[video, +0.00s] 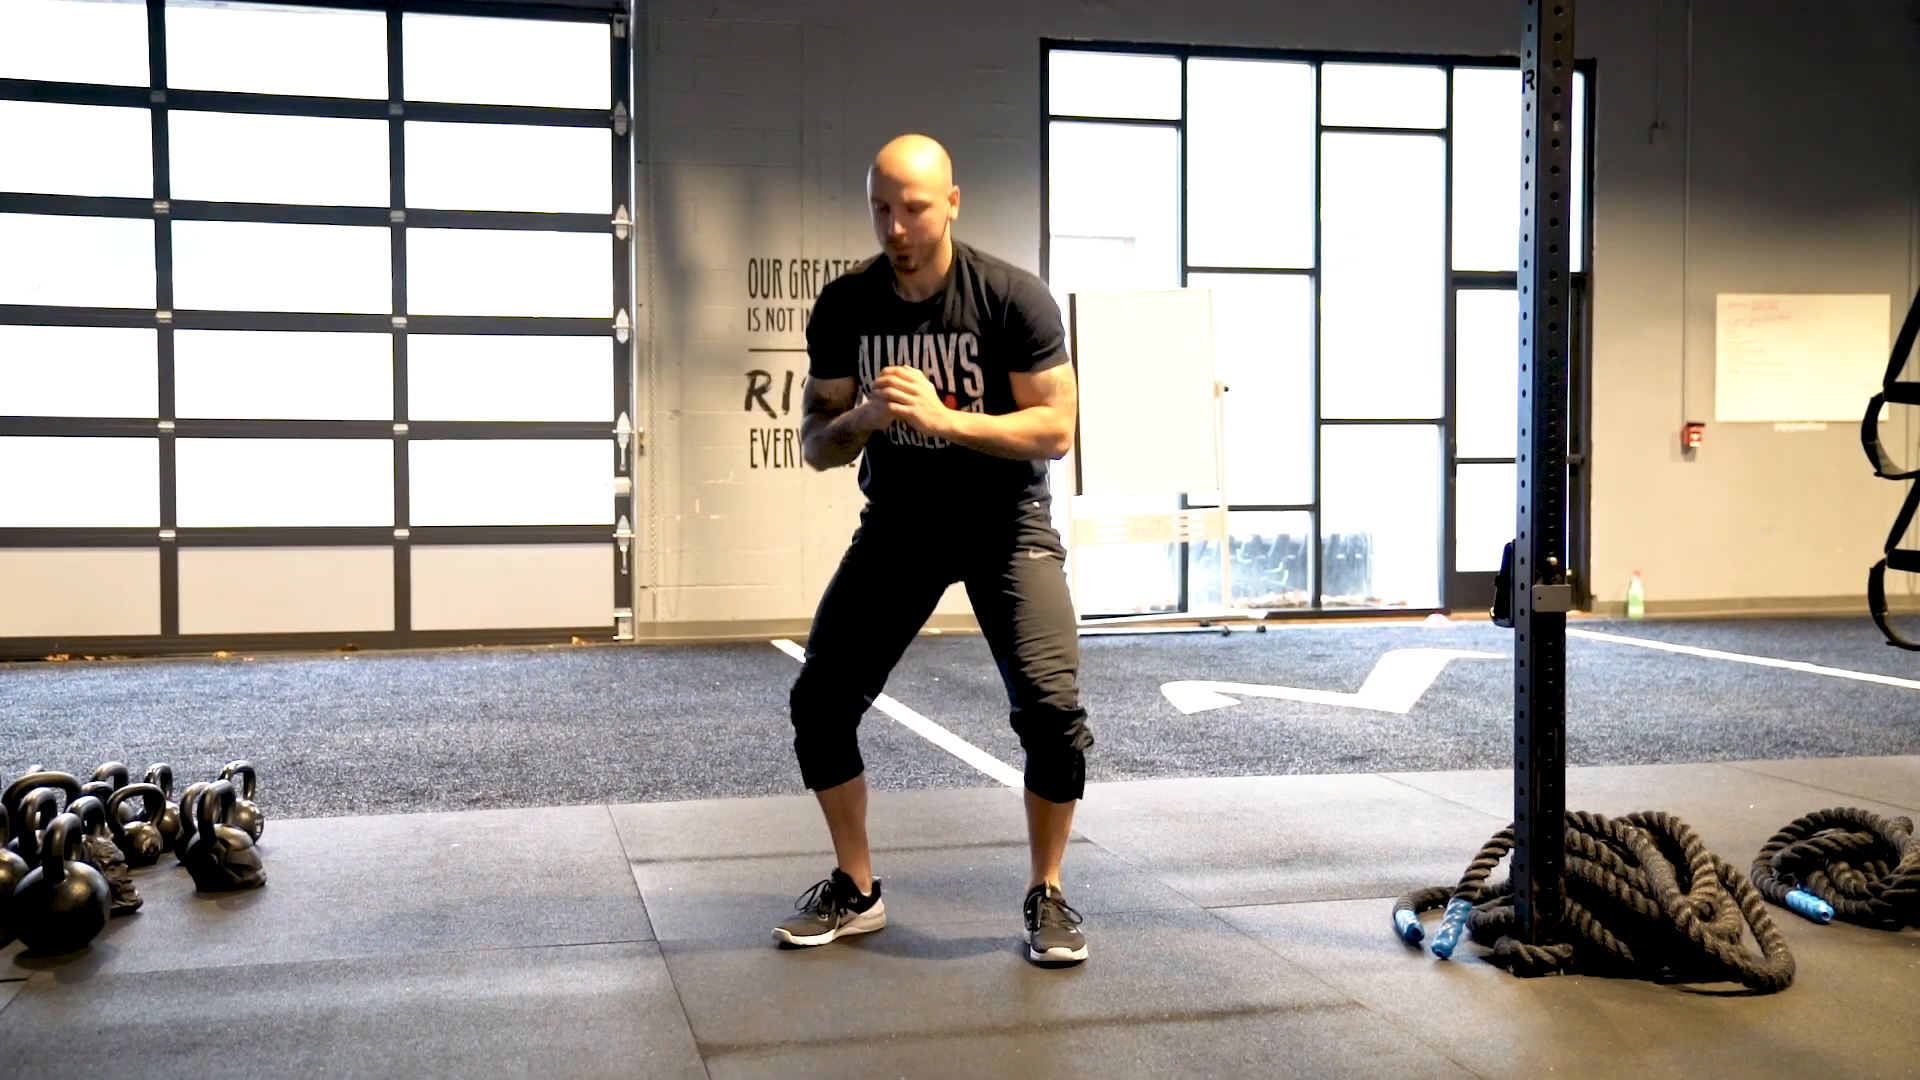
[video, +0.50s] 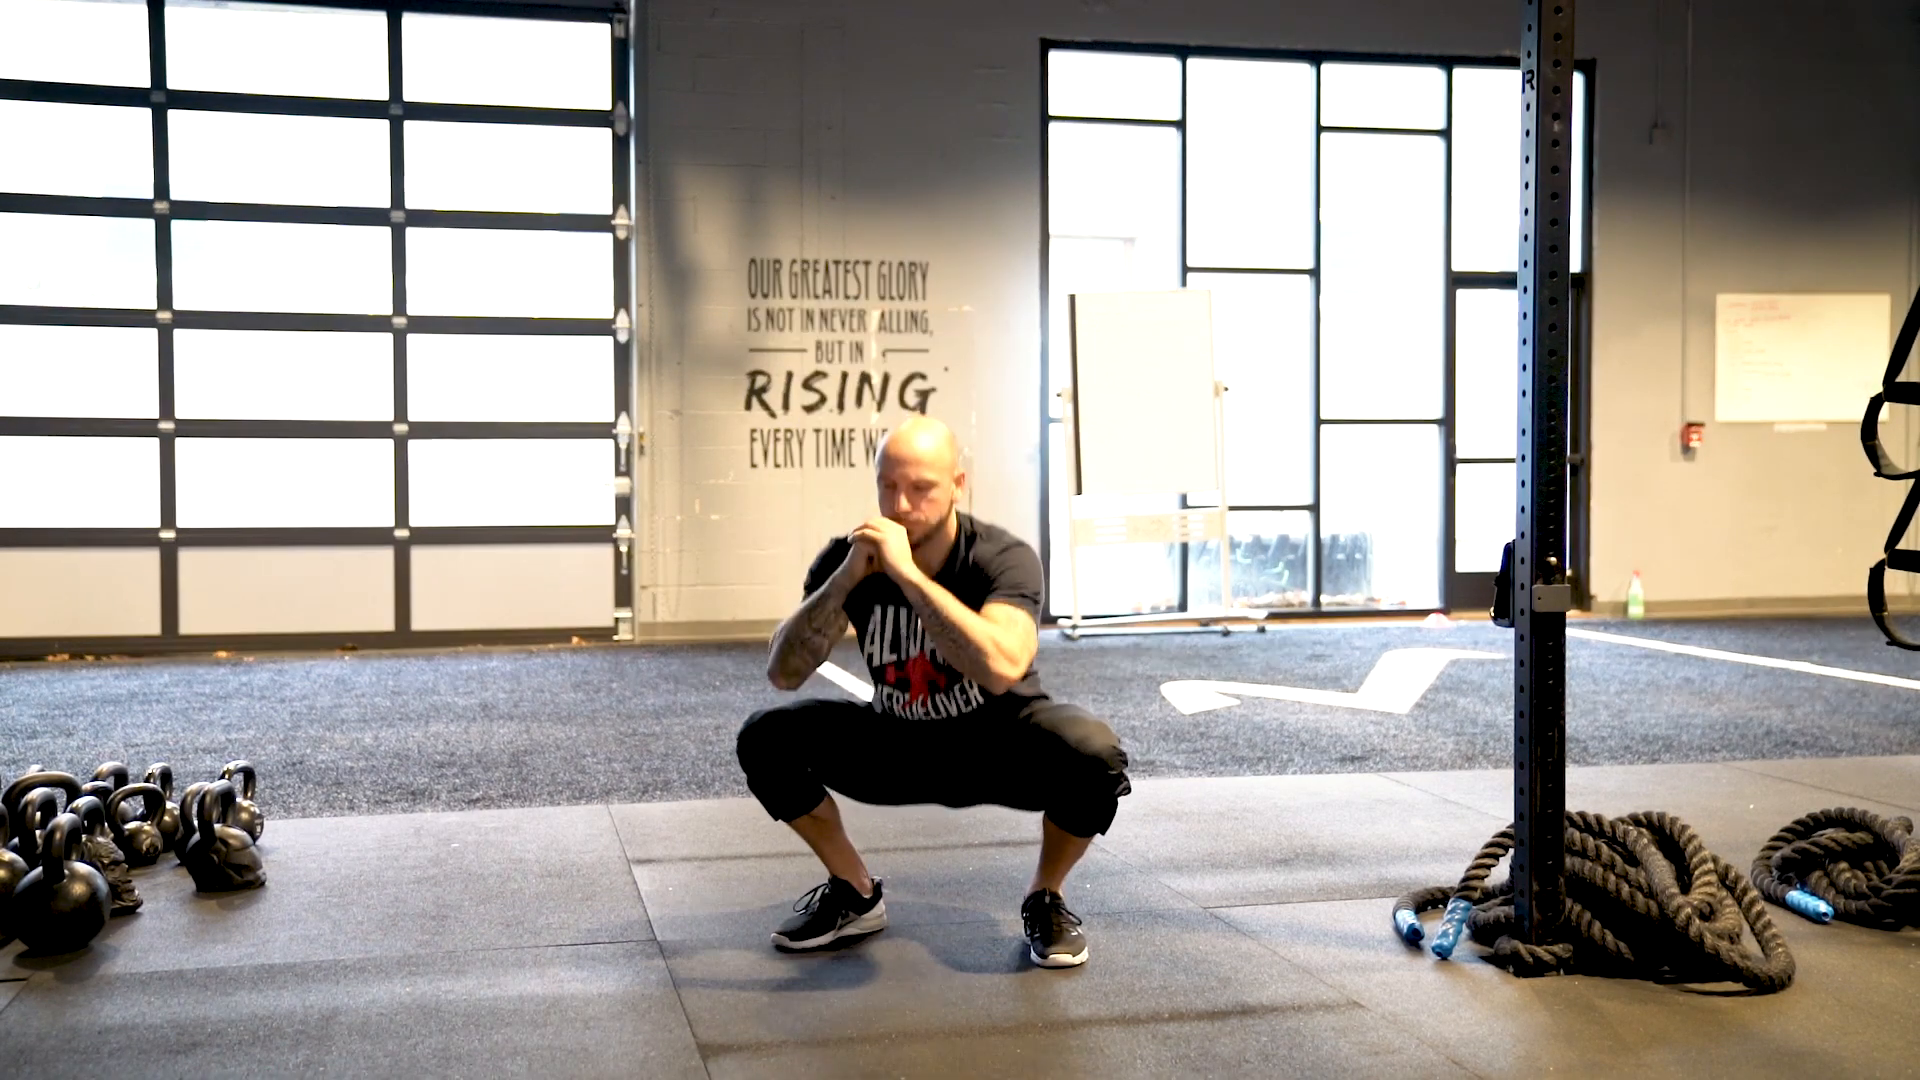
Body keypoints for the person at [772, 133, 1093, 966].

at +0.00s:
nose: (895, 228)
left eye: (913, 209)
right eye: (883, 210)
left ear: (953, 206)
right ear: (871, 210)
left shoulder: (1015, 300)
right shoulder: (844, 306)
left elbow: (1054, 431)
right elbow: (819, 447)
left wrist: (948, 418)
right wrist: (864, 417)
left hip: (1010, 526)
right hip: (902, 527)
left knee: (1056, 714)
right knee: (820, 702)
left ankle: (1047, 893)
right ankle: (855, 886)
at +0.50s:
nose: (901, 506)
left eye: (921, 490)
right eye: (889, 488)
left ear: (959, 485)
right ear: (875, 484)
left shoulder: (1005, 559)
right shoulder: (847, 562)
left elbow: (1002, 665)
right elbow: (783, 673)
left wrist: (908, 573)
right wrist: (848, 576)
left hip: (994, 741)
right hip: (896, 743)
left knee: (1091, 752)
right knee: (767, 740)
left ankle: (1046, 898)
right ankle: (854, 888)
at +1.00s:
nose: (892, 216)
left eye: (910, 198)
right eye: (880, 198)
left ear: (949, 196)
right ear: (867, 200)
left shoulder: (1010, 289)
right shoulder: (839, 297)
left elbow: (1054, 421)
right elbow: (815, 438)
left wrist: (946, 410)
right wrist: (863, 408)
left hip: (1005, 525)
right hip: (895, 525)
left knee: (1053, 713)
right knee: (819, 701)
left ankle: (1046, 893)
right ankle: (855, 884)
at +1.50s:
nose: (896, 507)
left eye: (914, 491)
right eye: (883, 490)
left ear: (951, 486)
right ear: (869, 488)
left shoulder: (998, 558)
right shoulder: (843, 563)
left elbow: (991, 660)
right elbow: (777, 665)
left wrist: (903, 560)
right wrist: (840, 563)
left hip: (991, 743)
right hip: (892, 744)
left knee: (1087, 754)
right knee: (761, 744)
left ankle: (1046, 900)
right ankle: (854, 888)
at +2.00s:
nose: (891, 206)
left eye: (907, 190)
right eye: (878, 189)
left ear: (947, 187)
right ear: (863, 191)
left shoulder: (1007, 284)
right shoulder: (836, 294)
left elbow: (1052, 413)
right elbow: (816, 432)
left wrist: (945, 421)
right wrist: (859, 420)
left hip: (1001, 523)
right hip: (892, 523)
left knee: (1052, 708)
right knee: (818, 699)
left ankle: (1047, 892)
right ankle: (855, 885)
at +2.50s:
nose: (891, 494)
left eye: (908, 478)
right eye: (878, 477)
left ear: (947, 472)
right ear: (864, 474)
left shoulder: (994, 544)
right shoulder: (843, 549)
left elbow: (990, 641)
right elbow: (770, 652)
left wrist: (900, 543)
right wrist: (834, 553)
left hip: (990, 736)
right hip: (890, 737)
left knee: (1085, 755)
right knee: (762, 746)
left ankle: (1046, 899)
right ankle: (853, 888)